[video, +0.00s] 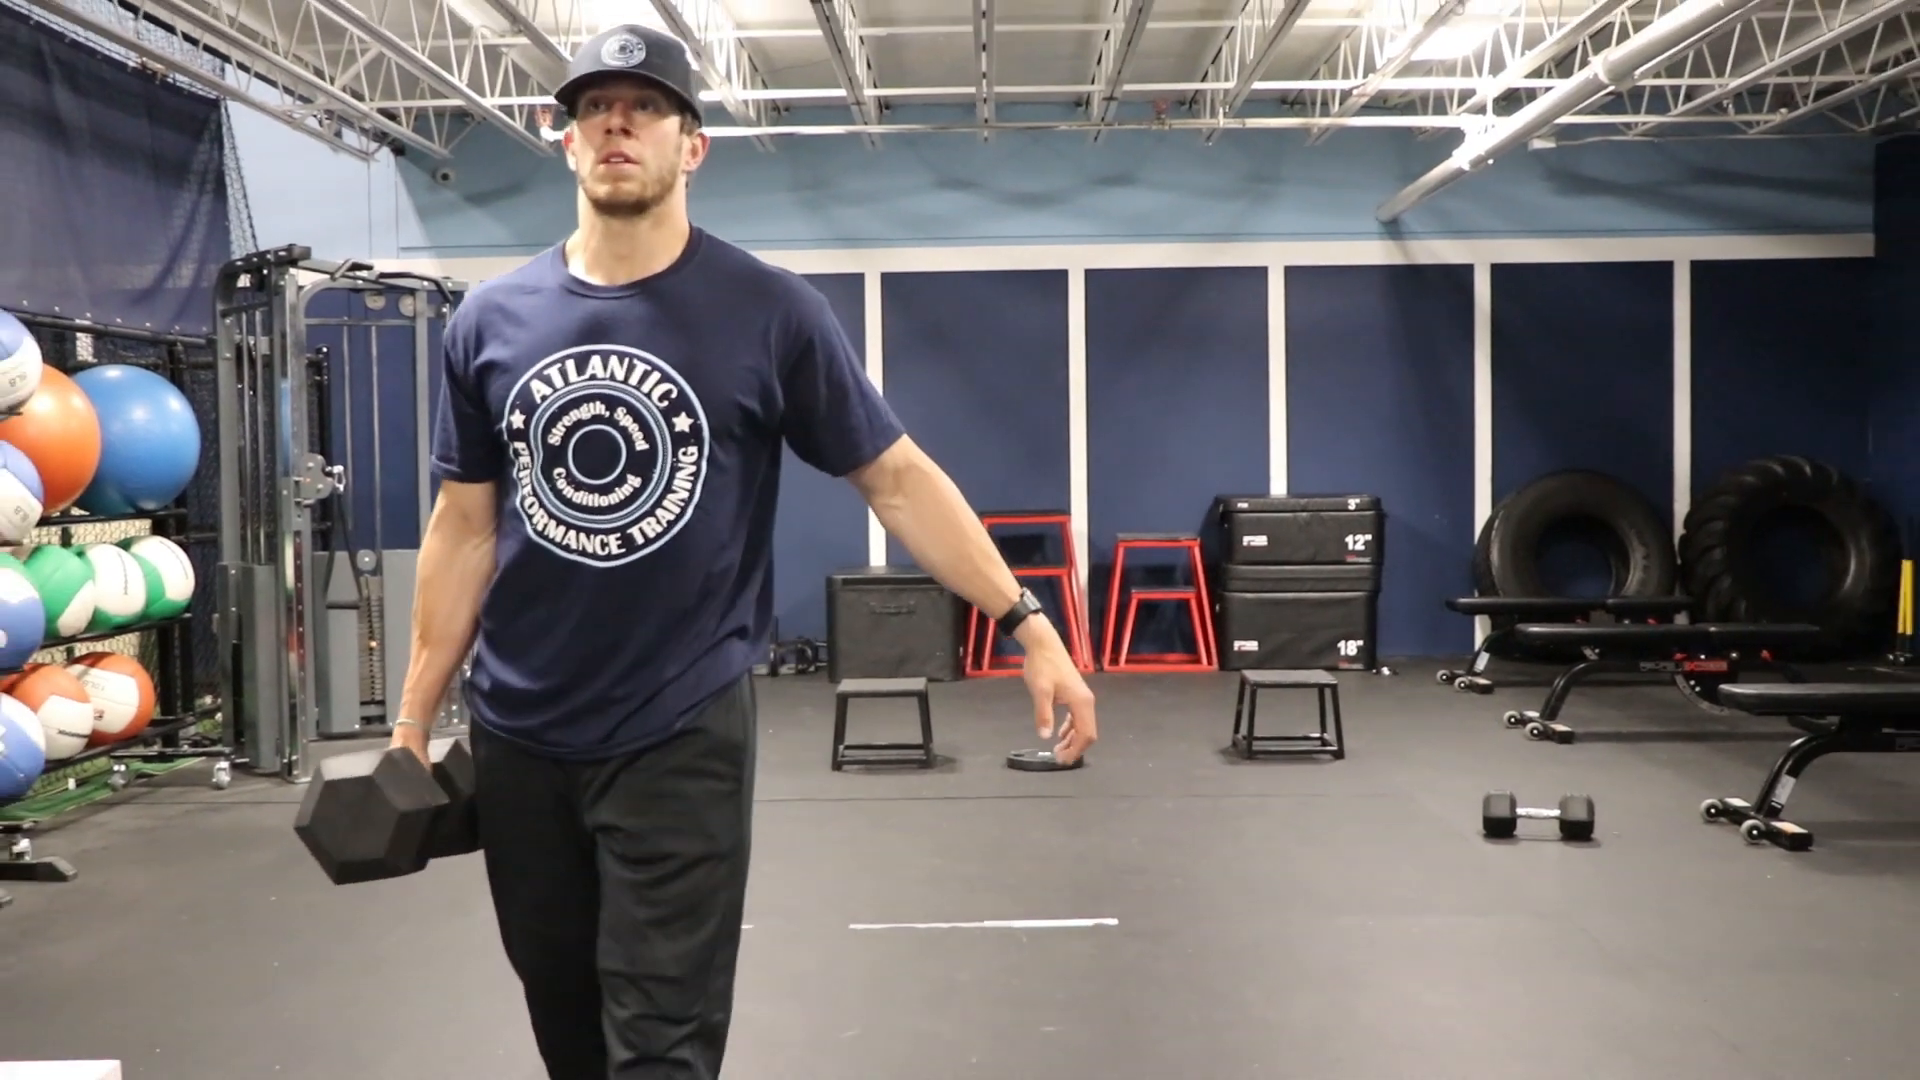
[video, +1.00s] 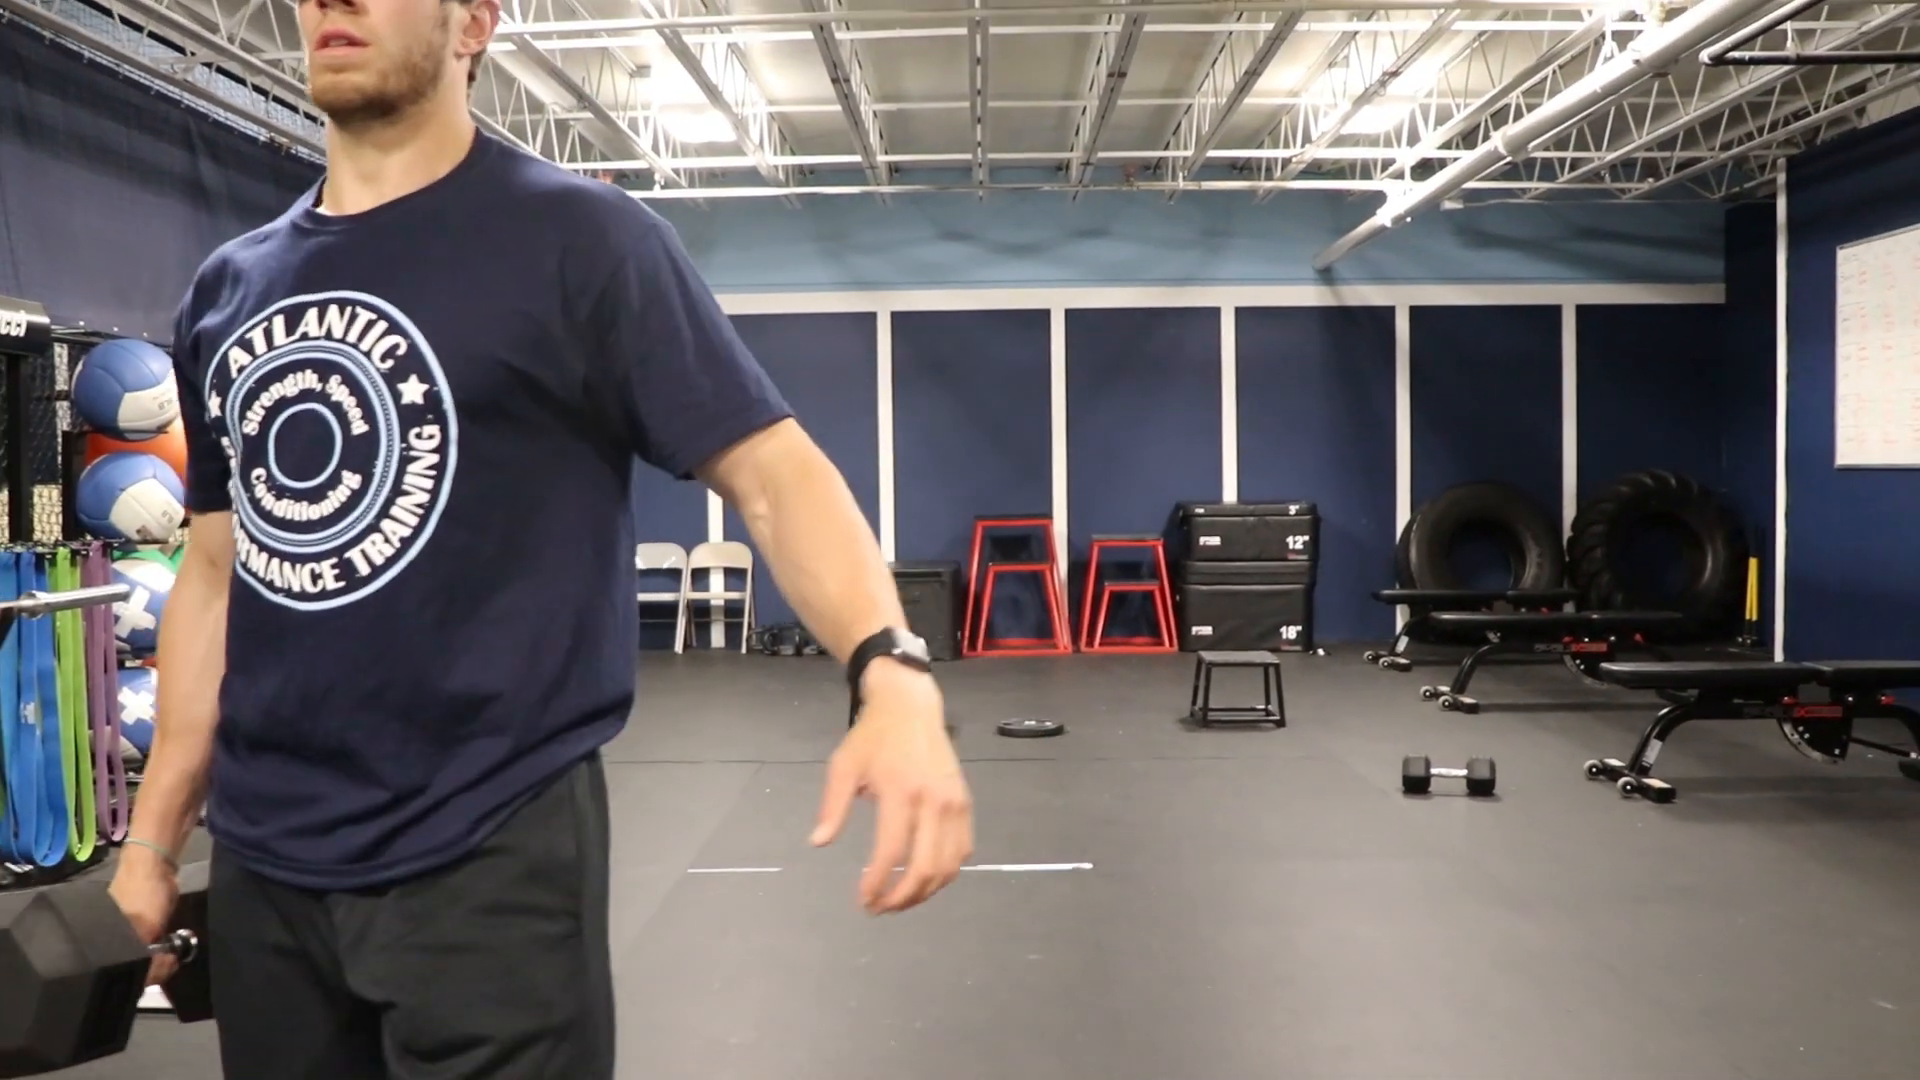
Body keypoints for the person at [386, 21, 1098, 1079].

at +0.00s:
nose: (614, 132)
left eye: (642, 112)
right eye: (593, 112)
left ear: (691, 146)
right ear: (564, 139)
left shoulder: (770, 312)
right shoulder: (488, 320)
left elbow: (895, 477)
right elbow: (462, 527)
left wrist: (1031, 626)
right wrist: (410, 730)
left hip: (681, 729)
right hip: (517, 736)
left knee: (659, 1048)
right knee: (570, 1044)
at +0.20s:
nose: (623, 101)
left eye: (654, 90)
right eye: (604, 84)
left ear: (698, 139)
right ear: (564, 124)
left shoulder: (763, 300)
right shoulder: (473, 304)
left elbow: (904, 477)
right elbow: (445, 523)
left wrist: (1049, 638)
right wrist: (400, 732)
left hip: (669, 743)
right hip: (487, 743)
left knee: (654, 1058)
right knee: (491, 1049)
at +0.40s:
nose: (582, 82)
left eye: (614, 65)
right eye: (562, 63)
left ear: (665, 111)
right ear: (530, 98)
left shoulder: (739, 289)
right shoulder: (437, 299)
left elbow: (897, 455)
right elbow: (419, 520)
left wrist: (1022, 585)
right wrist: (388, 731)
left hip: (647, 761)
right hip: (458, 753)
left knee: (652, 1063)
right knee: (431, 1059)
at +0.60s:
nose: (505, 75)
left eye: (540, 59)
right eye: (482, 61)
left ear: (603, 109)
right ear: (455, 106)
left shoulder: (694, 294)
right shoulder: (365, 322)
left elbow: (862, 467)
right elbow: (358, 556)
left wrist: (982, 601)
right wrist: (340, 771)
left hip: (623, 807)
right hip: (414, 807)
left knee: (645, 1066)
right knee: (411, 1064)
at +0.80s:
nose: (392, 24)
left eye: (438, 7)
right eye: (371, 9)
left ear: (508, 65)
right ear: (344, 56)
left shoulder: (624, 264)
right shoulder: (276, 308)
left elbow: (816, 461)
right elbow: (277, 568)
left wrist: (972, 638)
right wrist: (251, 825)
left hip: (558, 840)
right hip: (330, 844)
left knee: (606, 1069)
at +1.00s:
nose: (334, 2)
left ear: (472, 22)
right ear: (299, 24)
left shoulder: (583, 243)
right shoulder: (227, 289)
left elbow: (772, 471)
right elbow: (210, 575)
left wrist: (894, 682)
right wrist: (150, 842)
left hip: (491, 854)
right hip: (269, 864)